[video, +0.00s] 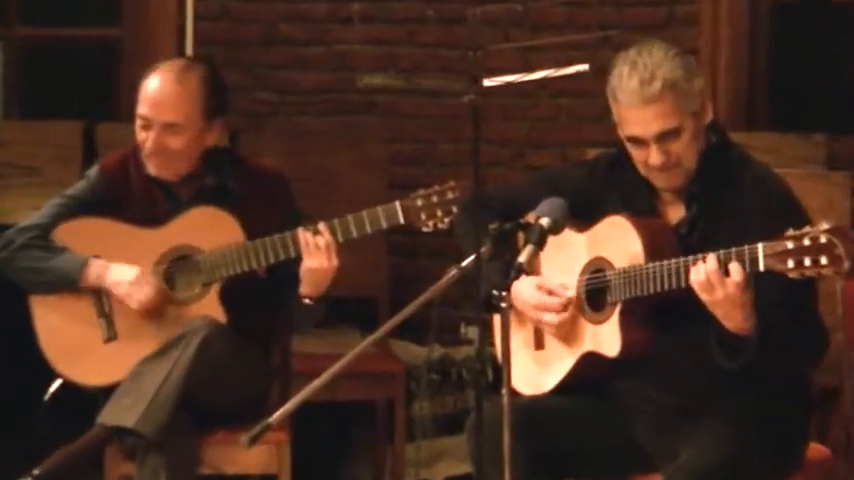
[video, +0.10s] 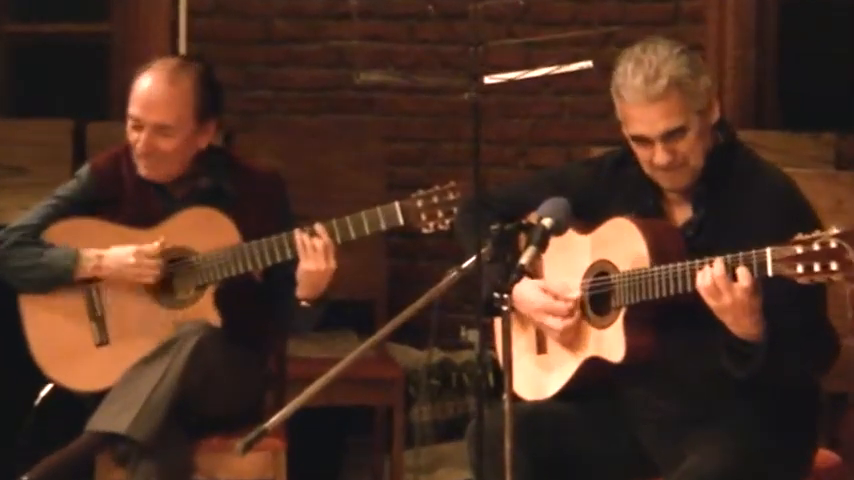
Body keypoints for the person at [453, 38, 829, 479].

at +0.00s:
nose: (656, 158)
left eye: (670, 136)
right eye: (637, 143)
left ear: (704, 113)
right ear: (618, 131)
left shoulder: (761, 198)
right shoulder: (604, 181)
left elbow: (805, 348)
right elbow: (479, 211)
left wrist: (745, 329)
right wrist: (508, 286)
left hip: (736, 406)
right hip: (622, 397)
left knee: (712, 460)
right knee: (499, 428)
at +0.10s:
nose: (660, 157)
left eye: (675, 135)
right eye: (642, 141)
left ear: (711, 112)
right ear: (623, 131)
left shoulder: (770, 199)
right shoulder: (609, 180)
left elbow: (814, 354)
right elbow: (478, 213)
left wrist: (754, 334)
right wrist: (511, 288)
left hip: (738, 411)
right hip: (618, 400)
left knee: (718, 460)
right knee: (499, 432)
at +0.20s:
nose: (665, 156)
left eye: (680, 133)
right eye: (646, 139)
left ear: (717, 109)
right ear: (627, 129)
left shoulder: (777, 202)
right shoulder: (612, 180)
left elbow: (819, 355)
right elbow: (479, 211)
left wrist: (761, 338)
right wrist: (510, 291)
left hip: (744, 414)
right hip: (624, 403)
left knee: (725, 463)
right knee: (501, 435)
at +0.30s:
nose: (666, 155)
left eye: (681, 132)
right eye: (647, 138)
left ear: (718, 109)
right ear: (628, 128)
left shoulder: (778, 202)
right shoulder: (614, 179)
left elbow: (821, 354)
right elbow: (480, 211)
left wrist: (762, 336)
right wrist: (509, 290)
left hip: (746, 413)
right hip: (625, 400)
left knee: (726, 463)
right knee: (501, 434)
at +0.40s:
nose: (667, 153)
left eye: (682, 130)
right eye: (649, 136)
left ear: (719, 107)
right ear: (629, 127)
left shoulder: (779, 201)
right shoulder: (613, 179)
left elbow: (822, 354)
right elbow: (482, 211)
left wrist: (764, 336)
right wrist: (512, 290)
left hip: (745, 413)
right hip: (623, 400)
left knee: (727, 463)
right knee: (503, 433)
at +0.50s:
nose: (666, 152)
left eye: (681, 130)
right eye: (647, 136)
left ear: (718, 107)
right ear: (628, 127)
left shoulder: (779, 199)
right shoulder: (612, 180)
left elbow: (824, 350)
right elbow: (483, 211)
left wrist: (761, 334)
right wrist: (516, 288)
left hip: (744, 412)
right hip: (623, 400)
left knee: (726, 463)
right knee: (502, 434)